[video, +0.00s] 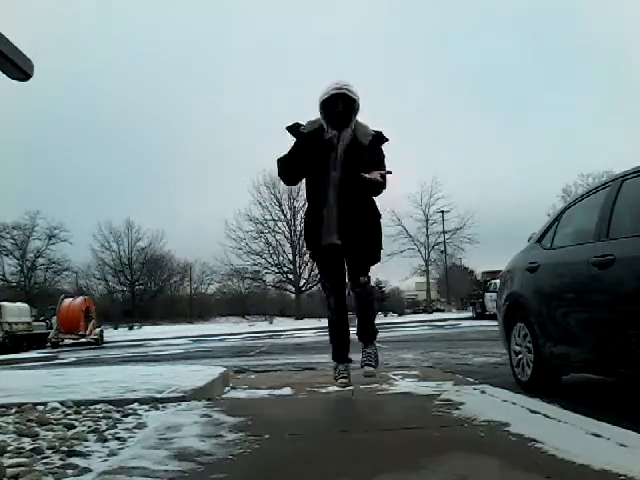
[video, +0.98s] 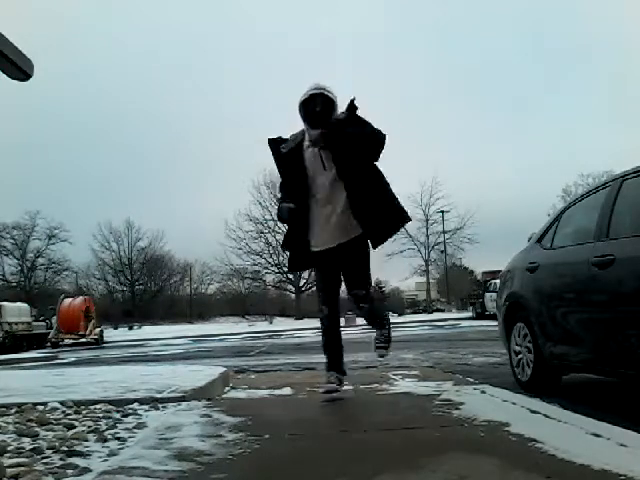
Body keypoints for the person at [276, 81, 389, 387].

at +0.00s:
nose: (339, 112)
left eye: (345, 106)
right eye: (333, 105)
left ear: (354, 109)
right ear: (323, 109)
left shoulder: (367, 141)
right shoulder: (310, 139)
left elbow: (378, 184)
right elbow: (288, 175)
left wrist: (372, 180)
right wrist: (303, 142)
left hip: (358, 227)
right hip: (323, 230)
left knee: (360, 286)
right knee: (335, 296)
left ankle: (368, 345)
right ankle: (341, 363)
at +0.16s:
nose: (338, 122)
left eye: (344, 116)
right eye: (332, 115)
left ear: (354, 119)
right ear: (323, 119)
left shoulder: (368, 150)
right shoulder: (311, 152)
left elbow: (378, 195)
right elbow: (295, 193)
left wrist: (366, 190)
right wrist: (307, 159)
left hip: (354, 244)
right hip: (320, 244)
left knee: (345, 311)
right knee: (323, 302)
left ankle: (342, 381)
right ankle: (321, 323)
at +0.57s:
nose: (342, 129)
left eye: (348, 123)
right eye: (336, 123)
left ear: (358, 128)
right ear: (326, 126)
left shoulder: (365, 163)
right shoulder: (312, 159)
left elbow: (374, 207)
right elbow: (291, 198)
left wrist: (371, 170)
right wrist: (302, 160)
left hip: (353, 251)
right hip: (318, 250)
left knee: (348, 316)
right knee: (325, 315)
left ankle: (347, 384)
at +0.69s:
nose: (335, 142)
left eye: (342, 136)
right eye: (330, 136)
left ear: (352, 140)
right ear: (322, 139)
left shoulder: (364, 169)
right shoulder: (309, 172)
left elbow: (396, 189)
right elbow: (284, 212)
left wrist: (359, 164)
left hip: (356, 260)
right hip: (320, 262)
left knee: (349, 321)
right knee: (318, 325)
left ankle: (346, 385)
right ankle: (336, 303)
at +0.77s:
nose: (330, 127)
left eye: (336, 121)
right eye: (324, 122)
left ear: (345, 124)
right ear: (315, 126)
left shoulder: (360, 149)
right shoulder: (303, 159)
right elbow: (279, 191)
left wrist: (349, 143)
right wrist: (286, 202)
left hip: (357, 245)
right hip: (319, 250)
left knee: (351, 311)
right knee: (322, 308)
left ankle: (348, 379)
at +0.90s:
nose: (321, 111)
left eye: (326, 104)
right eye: (315, 106)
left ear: (336, 105)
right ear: (306, 110)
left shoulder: (352, 125)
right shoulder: (296, 143)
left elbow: (379, 114)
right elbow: (280, 180)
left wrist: (354, 108)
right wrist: (282, 195)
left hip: (354, 224)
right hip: (319, 230)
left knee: (355, 292)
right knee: (324, 291)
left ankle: (365, 355)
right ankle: (340, 337)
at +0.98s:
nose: (316, 119)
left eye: (322, 112)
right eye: (310, 113)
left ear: (333, 112)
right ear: (302, 116)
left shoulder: (348, 136)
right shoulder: (292, 151)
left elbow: (376, 144)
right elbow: (288, 192)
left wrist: (350, 121)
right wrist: (285, 208)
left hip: (353, 234)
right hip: (319, 241)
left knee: (360, 298)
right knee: (328, 310)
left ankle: (382, 326)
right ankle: (335, 372)